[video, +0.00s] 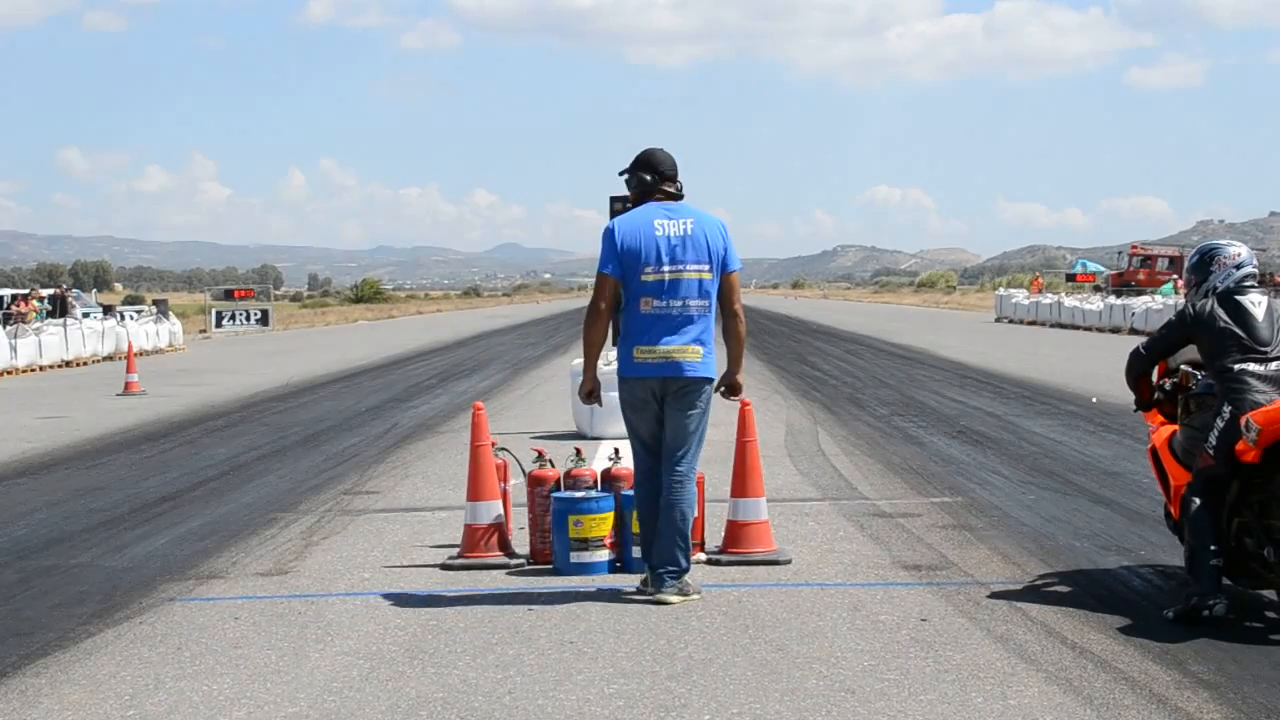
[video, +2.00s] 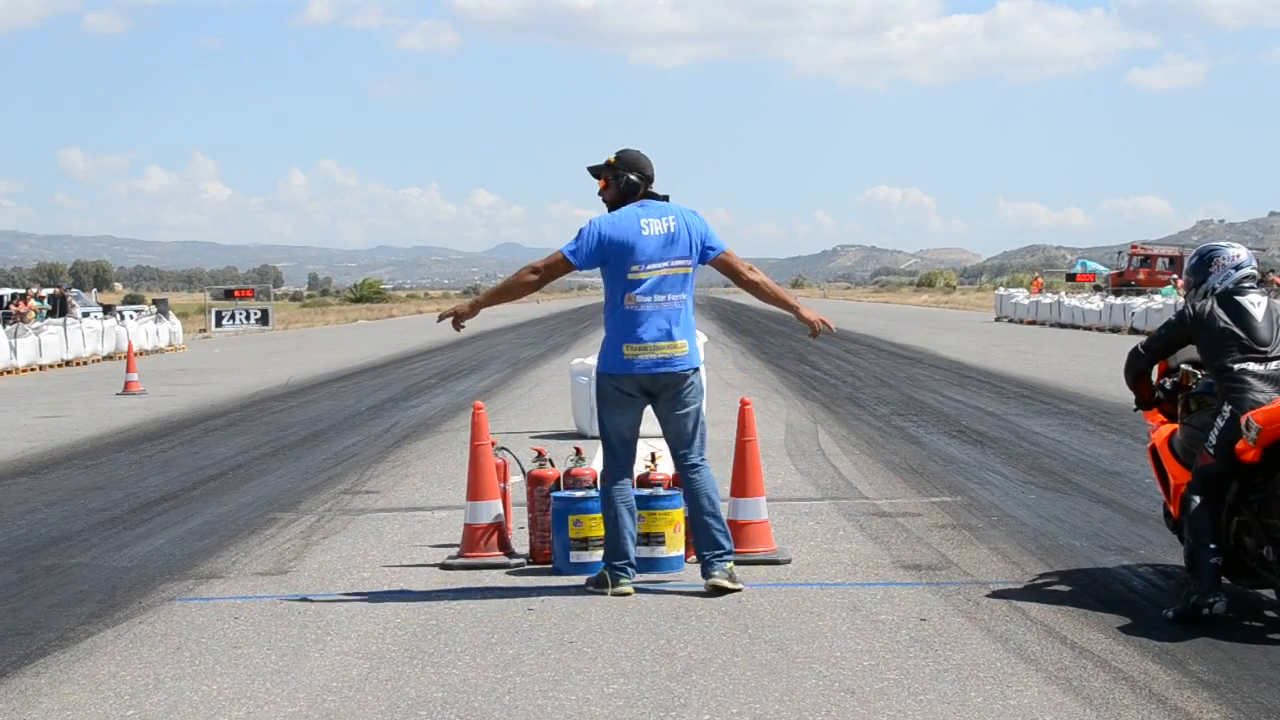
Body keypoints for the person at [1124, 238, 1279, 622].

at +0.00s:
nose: (1188, 287)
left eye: (1191, 279)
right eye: (1188, 280)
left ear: (1206, 276)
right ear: (1244, 268)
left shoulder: (1201, 310)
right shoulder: (1271, 302)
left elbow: (1140, 358)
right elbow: (1258, 352)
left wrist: (1147, 397)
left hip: (1244, 406)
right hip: (1279, 401)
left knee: (1199, 493)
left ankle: (1206, 594)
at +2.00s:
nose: (1187, 288)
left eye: (1191, 280)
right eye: (1188, 281)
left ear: (1206, 276)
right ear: (1245, 268)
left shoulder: (1200, 309)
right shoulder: (1273, 303)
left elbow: (1139, 357)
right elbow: (1260, 353)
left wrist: (1148, 397)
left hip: (1244, 404)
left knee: (1199, 494)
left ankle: (1206, 592)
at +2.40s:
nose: (1189, 286)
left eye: (1192, 278)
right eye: (1190, 279)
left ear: (1205, 275)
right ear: (1245, 269)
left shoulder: (1200, 310)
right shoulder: (1272, 303)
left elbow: (1136, 358)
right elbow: (1258, 353)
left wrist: (1151, 398)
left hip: (1243, 403)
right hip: (1279, 399)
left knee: (1198, 489)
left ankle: (1204, 584)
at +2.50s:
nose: (1191, 286)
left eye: (1193, 278)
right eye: (1192, 279)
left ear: (1205, 275)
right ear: (1245, 269)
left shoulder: (1199, 310)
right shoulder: (1272, 304)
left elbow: (1136, 356)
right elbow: (1259, 354)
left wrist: (1148, 396)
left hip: (1242, 402)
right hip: (1279, 398)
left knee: (1196, 489)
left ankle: (1205, 580)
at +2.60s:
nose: (1191, 283)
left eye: (1195, 276)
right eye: (1193, 277)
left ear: (1206, 273)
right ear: (1247, 270)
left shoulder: (1198, 310)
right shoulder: (1272, 304)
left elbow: (1135, 356)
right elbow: (1258, 354)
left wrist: (1147, 395)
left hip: (1240, 403)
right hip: (1279, 398)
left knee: (1193, 488)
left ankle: (1203, 574)